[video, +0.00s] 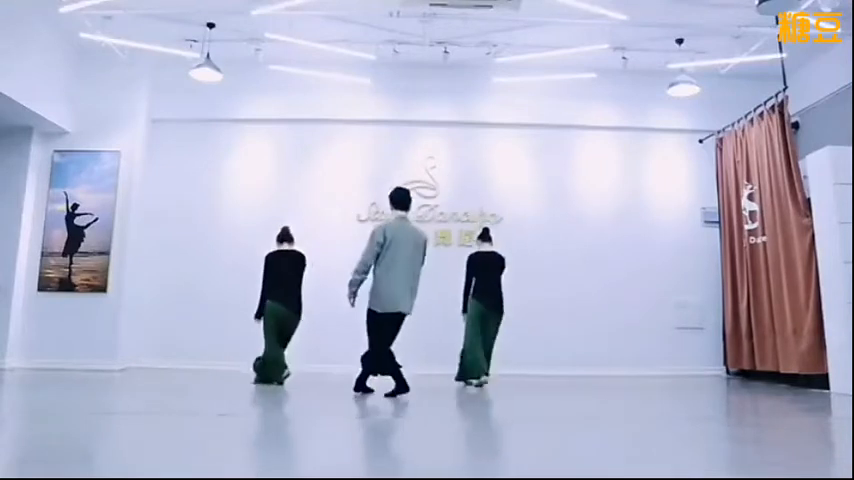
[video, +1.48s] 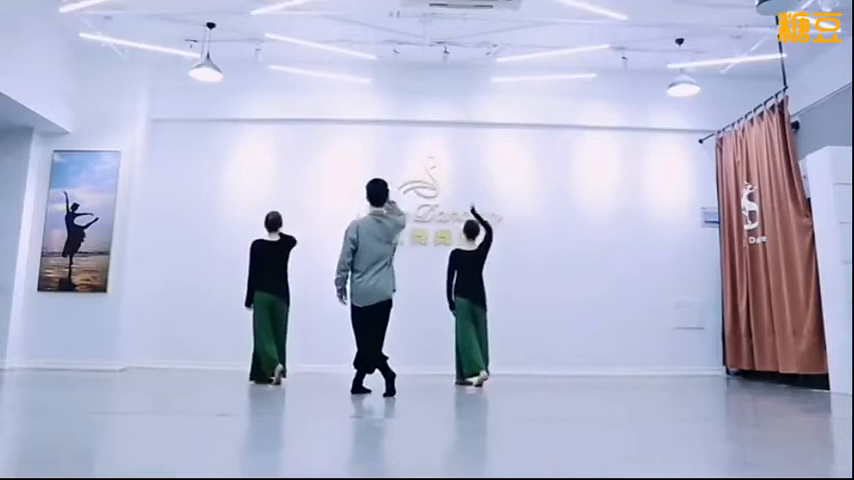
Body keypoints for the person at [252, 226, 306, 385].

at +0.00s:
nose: (285, 245)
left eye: (281, 242)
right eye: (287, 242)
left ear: (277, 241)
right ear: (293, 241)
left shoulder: (271, 257)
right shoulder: (301, 258)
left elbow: (266, 286)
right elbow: (297, 284)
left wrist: (260, 309)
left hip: (273, 303)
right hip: (294, 306)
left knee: (271, 340)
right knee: (281, 344)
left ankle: (279, 370)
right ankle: (265, 372)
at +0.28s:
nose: (279, 241)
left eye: (275, 238)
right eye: (283, 237)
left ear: (272, 237)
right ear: (288, 237)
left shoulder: (265, 252)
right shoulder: (294, 250)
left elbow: (261, 281)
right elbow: (293, 280)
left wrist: (256, 305)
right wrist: (296, 306)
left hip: (269, 300)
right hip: (290, 302)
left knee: (270, 338)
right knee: (279, 341)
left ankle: (279, 368)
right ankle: (264, 376)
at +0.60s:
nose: (277, 231)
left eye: (272, 228)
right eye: (280, 228)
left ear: (269, 228)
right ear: (285, 229)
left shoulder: (261, 245)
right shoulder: (290, 244)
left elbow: (257, 275)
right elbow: (288, 239)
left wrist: (253, 299)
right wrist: (282, 234)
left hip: (265, 294)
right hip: (285, 294)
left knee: (268, 333)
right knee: (283, 333)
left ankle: (278, 366)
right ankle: (268, 372)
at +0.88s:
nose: (275, 229)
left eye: (271, 225)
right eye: (279, 225)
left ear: (268, 226)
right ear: (284, 226)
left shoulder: (260, 244)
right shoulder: (289, 243)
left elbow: (254, 273)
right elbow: (290, 236)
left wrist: (250, 296)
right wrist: (281, 233)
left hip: (263, 292)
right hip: (282, 292)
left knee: (265, 330)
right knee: (280, 330)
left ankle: (276, 366)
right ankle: (265, 372)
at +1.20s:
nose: (275, 228)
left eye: (269, 225)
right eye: (278, 225)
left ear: (266, 226)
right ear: (281, 226)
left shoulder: (258, 245)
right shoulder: (288, 245)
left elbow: (252, 274)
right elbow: (285, 243)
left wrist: (249, 297)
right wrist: (279, 234)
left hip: (261, 293)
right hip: (281, 293)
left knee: (263, 332)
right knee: (280, 333)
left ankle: (275, 366)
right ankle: (276, 373)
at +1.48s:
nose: (275, 227)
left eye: (269, 224)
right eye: (277, 224)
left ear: (265, 226)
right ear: (280, 226)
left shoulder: (257, 245)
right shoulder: (287, 244)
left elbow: (252, 274)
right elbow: (292, 240)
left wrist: (249, 298)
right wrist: (280, 233)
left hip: (262, 293)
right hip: (281, 294)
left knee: (263, 332)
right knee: (278, 333)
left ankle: (275, 366)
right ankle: (267, 373)